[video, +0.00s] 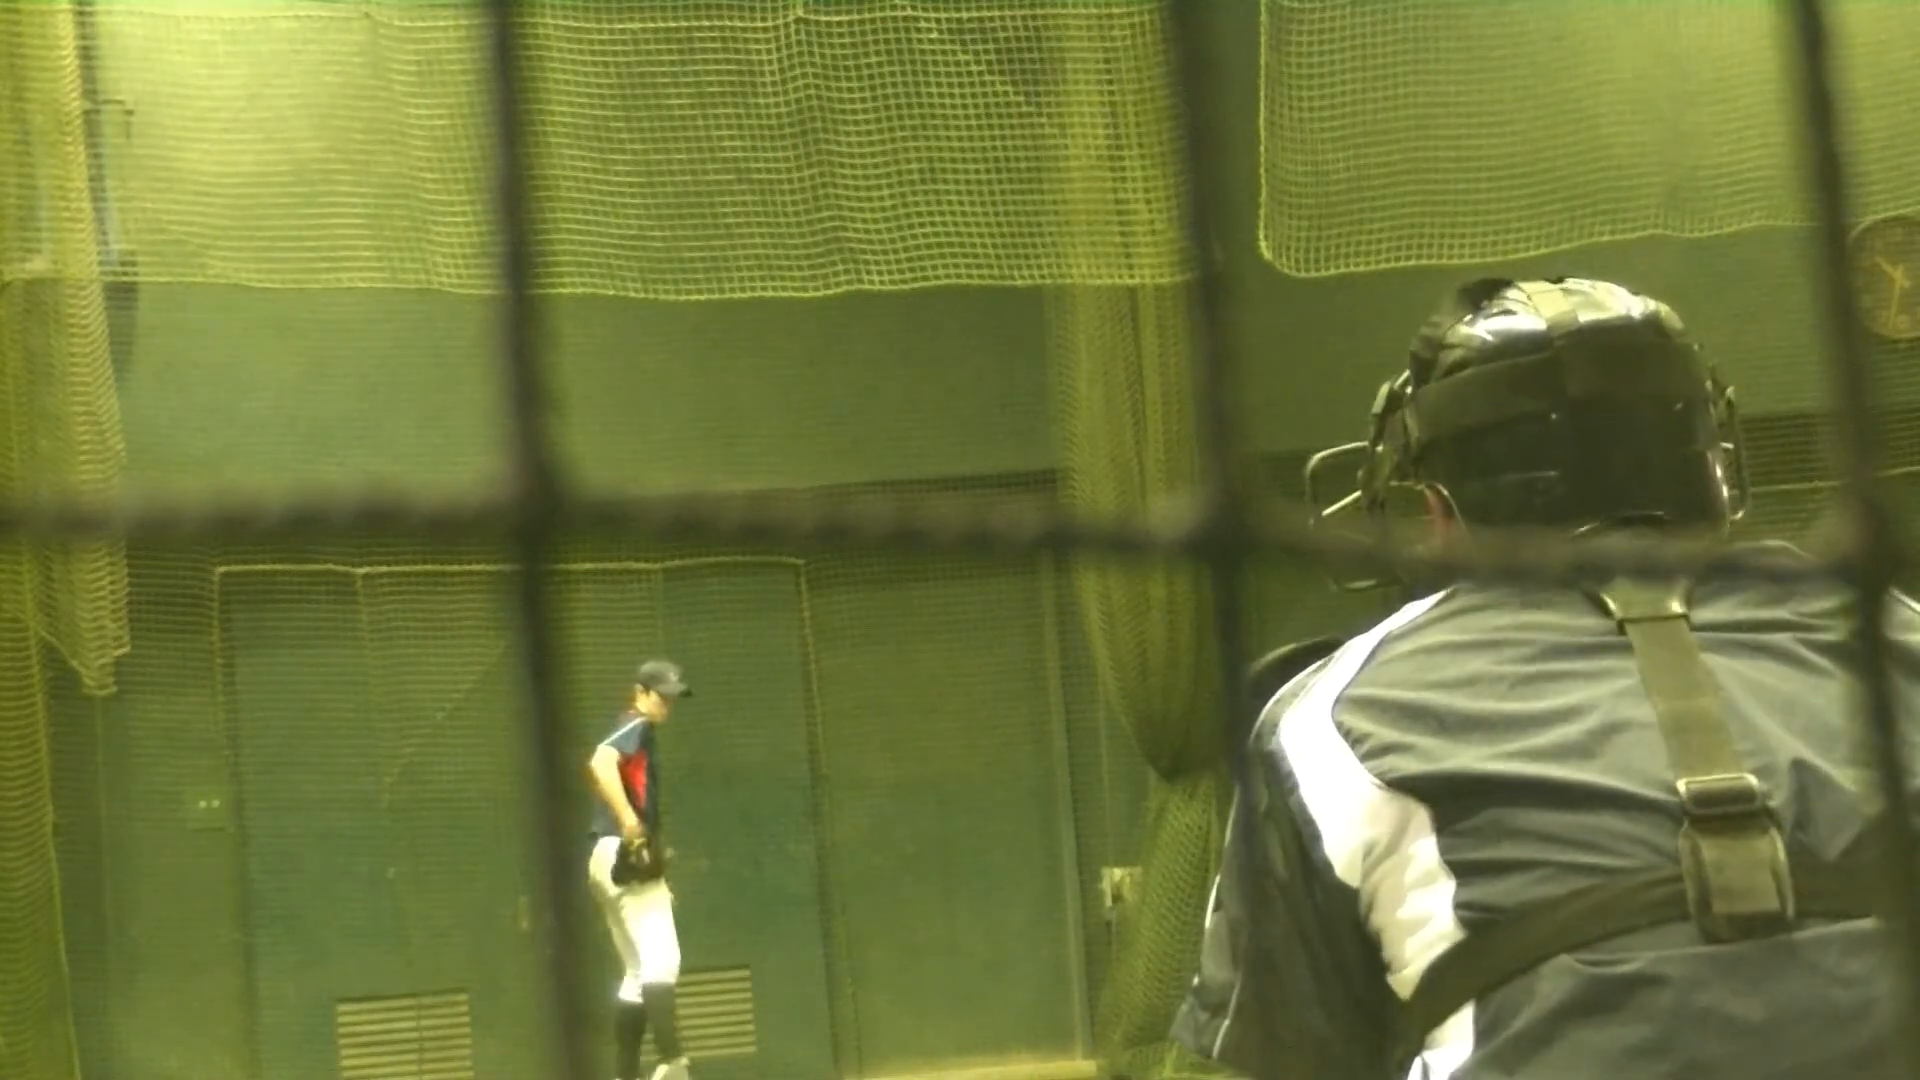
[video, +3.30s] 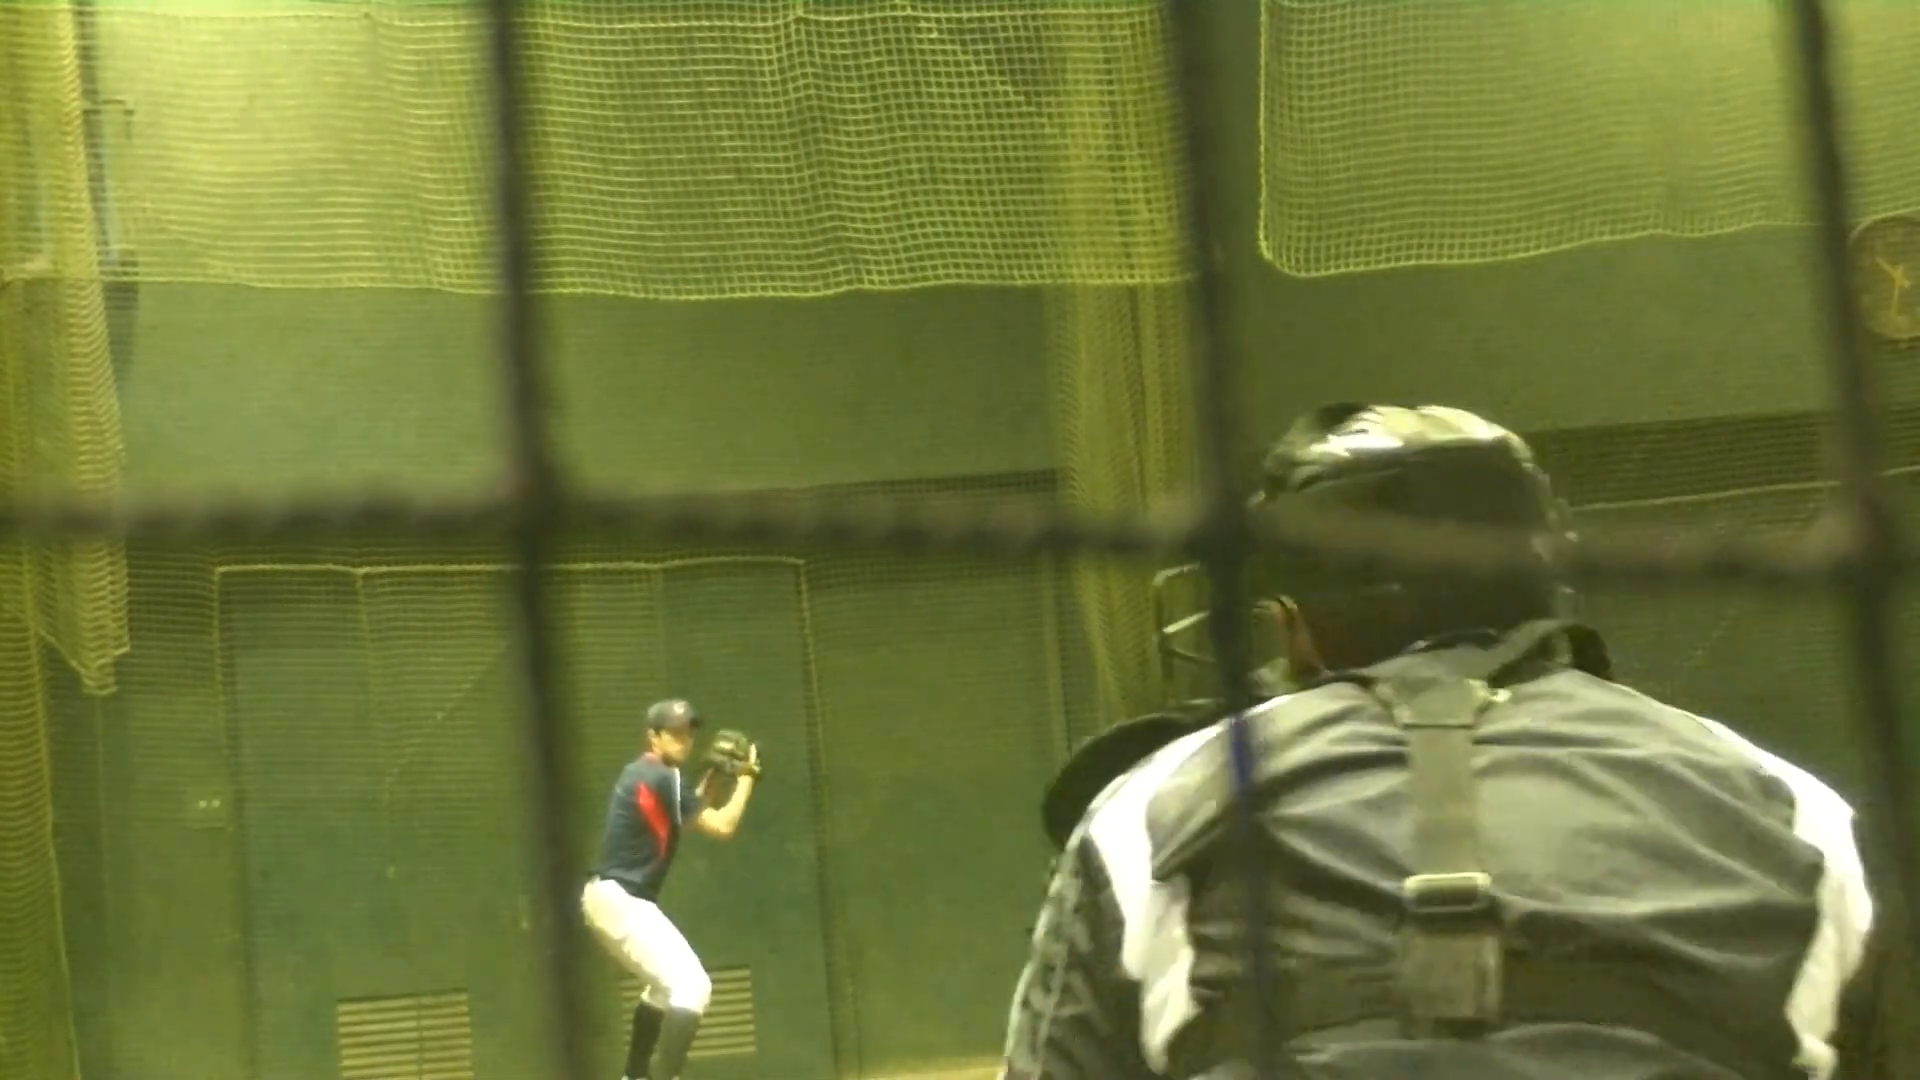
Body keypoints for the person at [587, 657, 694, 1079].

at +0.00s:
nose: (669, 706)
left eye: (672, 699)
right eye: (665, 698)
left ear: (646, 696)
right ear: (642, 694)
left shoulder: (634, 728)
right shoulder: (637, 727)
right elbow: (602, 763)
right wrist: (630, 824)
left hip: (613, 852)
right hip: (629, 852)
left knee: (636, 968)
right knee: (661, 955)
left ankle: (627, 1071)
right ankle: (672, 1060)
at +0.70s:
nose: (708, 717)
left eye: (710, 709)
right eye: (699, 709)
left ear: (678, 713)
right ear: (676, 710)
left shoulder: (660, 747)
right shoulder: (674, 751)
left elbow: (631, 813)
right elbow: (639, 809)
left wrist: (655, 878)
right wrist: (648, 878)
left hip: (626, 870)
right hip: (638, 871)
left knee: (662, 975)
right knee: (682, 979)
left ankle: (637, 1068)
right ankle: (666, 1072)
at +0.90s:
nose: (703, 731)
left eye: (706, 723)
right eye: (694, 723)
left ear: (710, 724)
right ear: (671, 723)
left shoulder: (656, 759)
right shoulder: (669, 764)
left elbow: (662, 845)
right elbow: (671, 838)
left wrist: (687, 895)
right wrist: (712, 900)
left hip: (616, 881)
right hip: (629, 883)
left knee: (659, 982)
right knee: (685, 982)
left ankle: (634, 1072)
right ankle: (667, 1072)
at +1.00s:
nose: (696, 734)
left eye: (699, 726)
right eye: (688, 726)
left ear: (702, 727)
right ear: (664, 727)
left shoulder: (649, 764)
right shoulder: (666, 769)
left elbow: (681, 846)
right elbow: (689, 842)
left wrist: (723, 887)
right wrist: (745, 892)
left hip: (613, 886)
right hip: (628, 888)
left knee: (661, 982)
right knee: (684, 983)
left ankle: (635, 1073)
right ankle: (668, 1072)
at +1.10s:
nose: (687, 735)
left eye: (690, 727)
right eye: (678, 727)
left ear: (691, 729)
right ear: (655, 730)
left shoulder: (644, 767)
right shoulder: (662, 773)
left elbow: (696, 836)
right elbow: (702, 836)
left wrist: (758, 859)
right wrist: (768, 866)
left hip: (611, 891)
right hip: (624, 893)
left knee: (663, 983)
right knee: (684, 983)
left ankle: (636, 1073)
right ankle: (665, 1073)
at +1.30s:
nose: (680, 744)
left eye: (682, 736)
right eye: (670, 737)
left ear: (683, 737)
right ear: (648, 741)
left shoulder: (637, 775)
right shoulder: (661, 782)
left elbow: (706, 811)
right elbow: (730, 827)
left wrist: (754, 793)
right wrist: (776, 805)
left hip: (608, 904)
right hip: (623, 905)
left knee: (671, 984)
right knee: (696, 987)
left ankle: (638, 1074)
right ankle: (668, 1073)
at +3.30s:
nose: (687, 742)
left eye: (688, 734)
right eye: (678, 735)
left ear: (656, 739)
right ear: (654, 736)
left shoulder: (642, 772)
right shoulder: (661, 777)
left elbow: (691, 810)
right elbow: (721, 826)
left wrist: (717, 773)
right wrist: (746, 778)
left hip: (606, 897)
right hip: (621, 899)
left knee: (664, 983)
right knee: (692, 986)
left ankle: (635, 1071)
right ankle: (666, 1072)